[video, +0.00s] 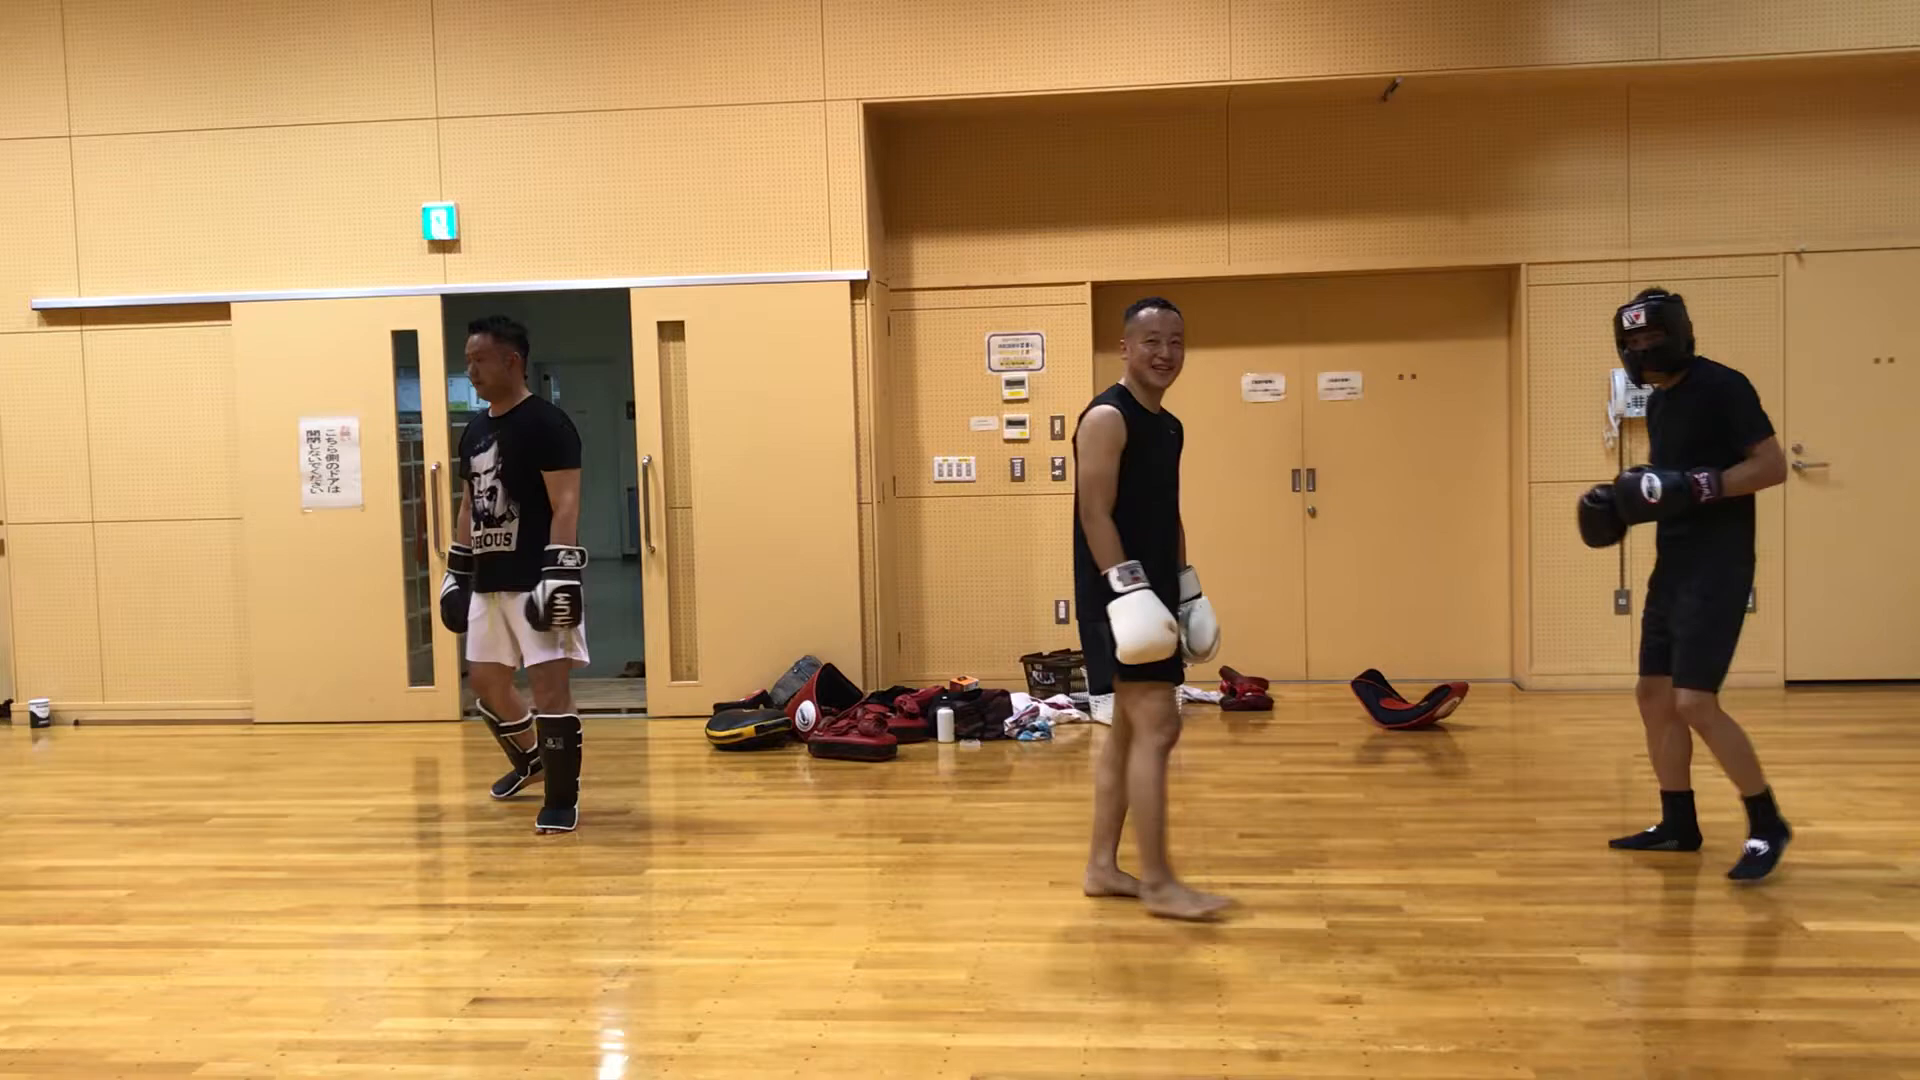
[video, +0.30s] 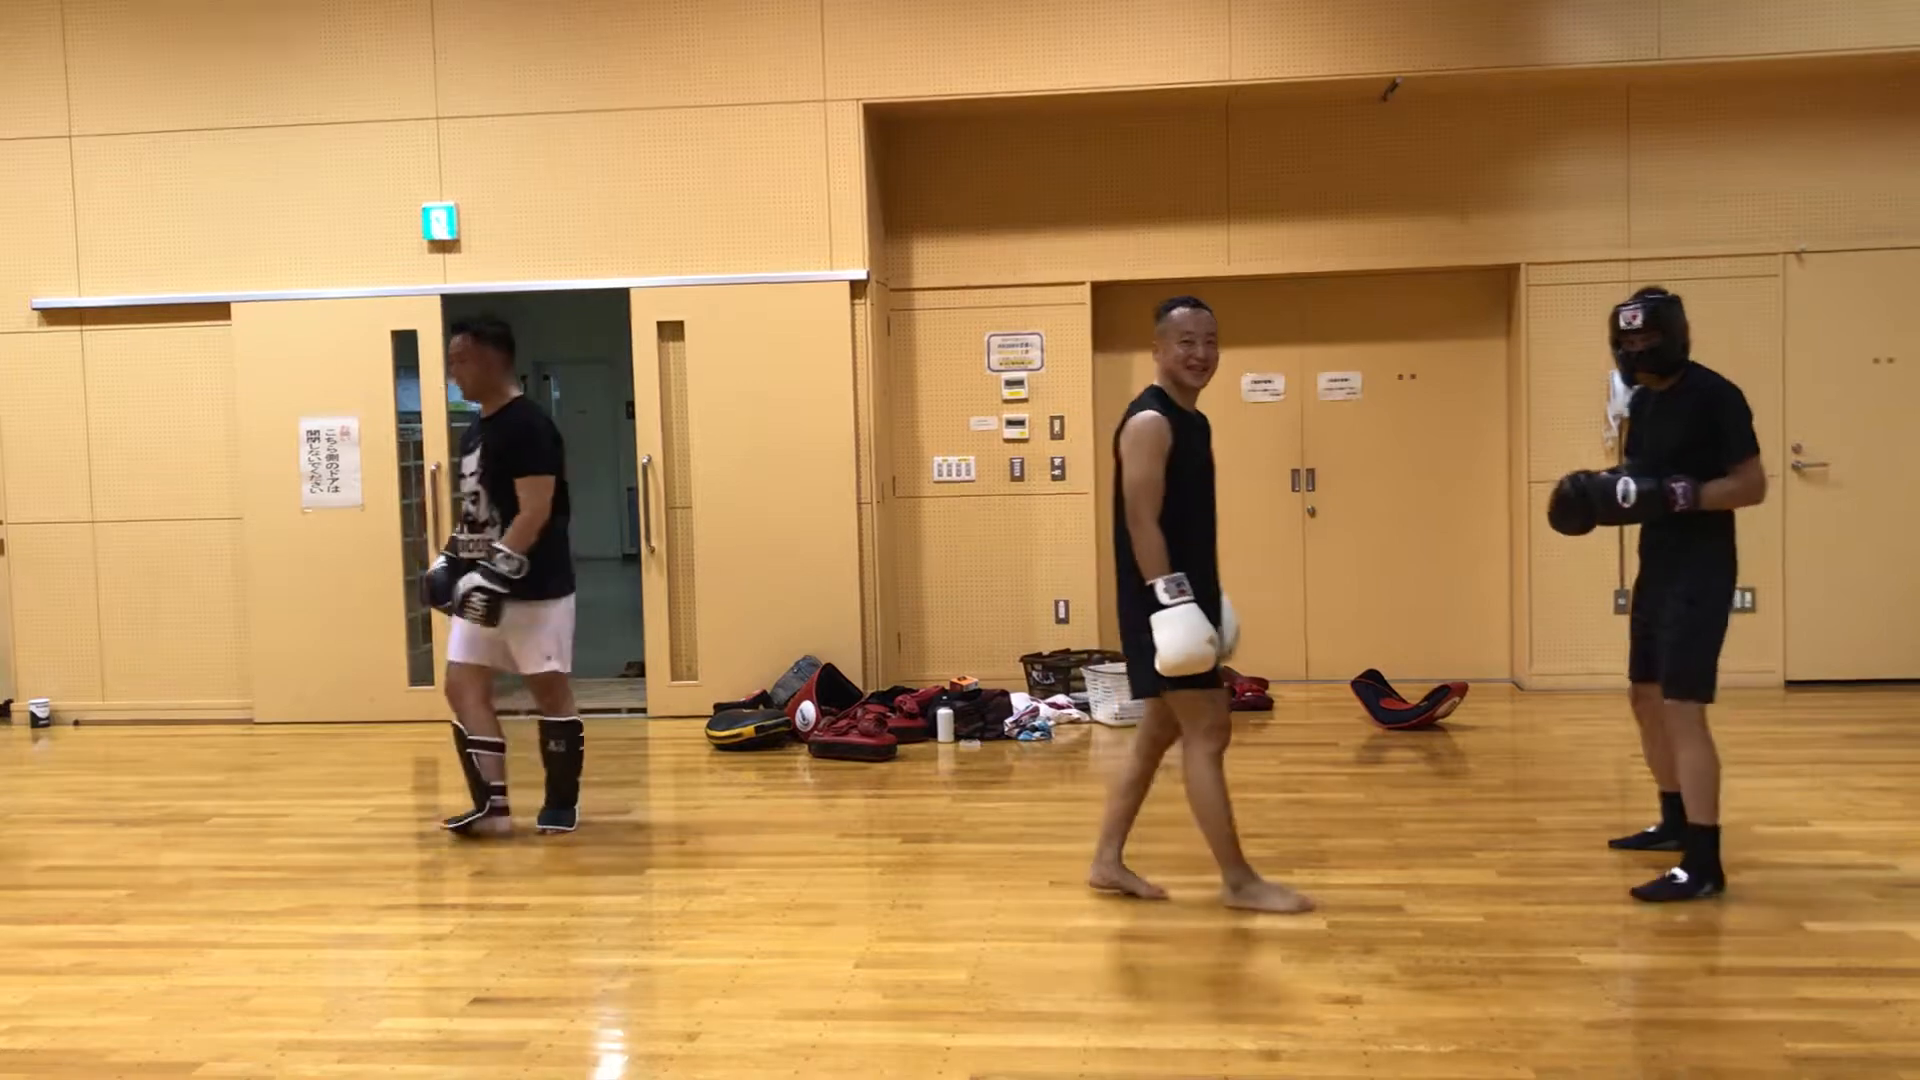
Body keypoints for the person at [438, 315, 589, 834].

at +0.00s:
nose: (470, 370)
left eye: (479, 360)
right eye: (468, 362)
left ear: (514, 360)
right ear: (474, 365)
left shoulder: (548, 423)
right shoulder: (476, 431)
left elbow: (565, 503)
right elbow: (470, 504)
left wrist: (562, 574)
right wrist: (456, 572)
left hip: (539, 581)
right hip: (488, 585)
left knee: (550, 687)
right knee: (487, 678)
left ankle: (561, 801)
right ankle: (533, 754)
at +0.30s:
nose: (452, 372)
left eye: (458, 360)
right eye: (451, 362)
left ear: (491, 359)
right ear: (477, 362)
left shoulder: (530, 425)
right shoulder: (477, 433)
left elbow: (536, 512)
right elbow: (475, 513)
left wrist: (493, 576)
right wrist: (449, 561)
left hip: (539, 587)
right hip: (485, 583)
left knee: (550, 690)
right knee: (463, 686)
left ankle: (561, 804)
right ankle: (491, 805)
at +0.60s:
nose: (407, 371)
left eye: (412, 359)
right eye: (406, 360)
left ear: (443, 356)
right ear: (441, 357)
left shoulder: (473, 412)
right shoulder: (454, 415)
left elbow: (468, 494)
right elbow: (447, 498)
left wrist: (407, 547)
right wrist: (408, 555)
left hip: (485, 584)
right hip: (455, 584)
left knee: (468, 698)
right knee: (455, 698)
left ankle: (528, 800)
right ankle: (487, 819)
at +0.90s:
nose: (356, 412)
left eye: (354, 398)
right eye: (351, 401)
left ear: (376, 379)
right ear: (383, 376)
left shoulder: (418, 423)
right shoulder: (430, 418)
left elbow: (400, 508)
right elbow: (406, 507)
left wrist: (335, 521)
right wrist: (346, 512)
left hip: (424, 603)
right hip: (448, 598)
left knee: (402, 719)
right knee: (463, 708)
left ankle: (398, 861)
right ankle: (489, 822)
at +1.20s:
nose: (286, 357)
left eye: (292, 347)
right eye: (289, 346)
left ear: (310, 354)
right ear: (344, 356)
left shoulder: (310, 428)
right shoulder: (384, 423)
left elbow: (282, 526)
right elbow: (389, 516)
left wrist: (235, 530)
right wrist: (303, 539)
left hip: (351, 611)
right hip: (377, 604)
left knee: (378, 727)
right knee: (325, 705)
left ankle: (397, 861)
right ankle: (343, 841)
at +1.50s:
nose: (231, 366)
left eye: (233, 356)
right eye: (233, 356)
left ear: (244, 357)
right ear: (292, 359)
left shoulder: (232, 426)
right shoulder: (330, 431)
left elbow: (181, 506)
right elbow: (353, 519)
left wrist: (146, 471)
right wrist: (285, 513)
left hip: (259, 607)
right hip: (316, 607)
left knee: (253, 739)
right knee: (286, 732)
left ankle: (355, 831)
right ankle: (289, 857)